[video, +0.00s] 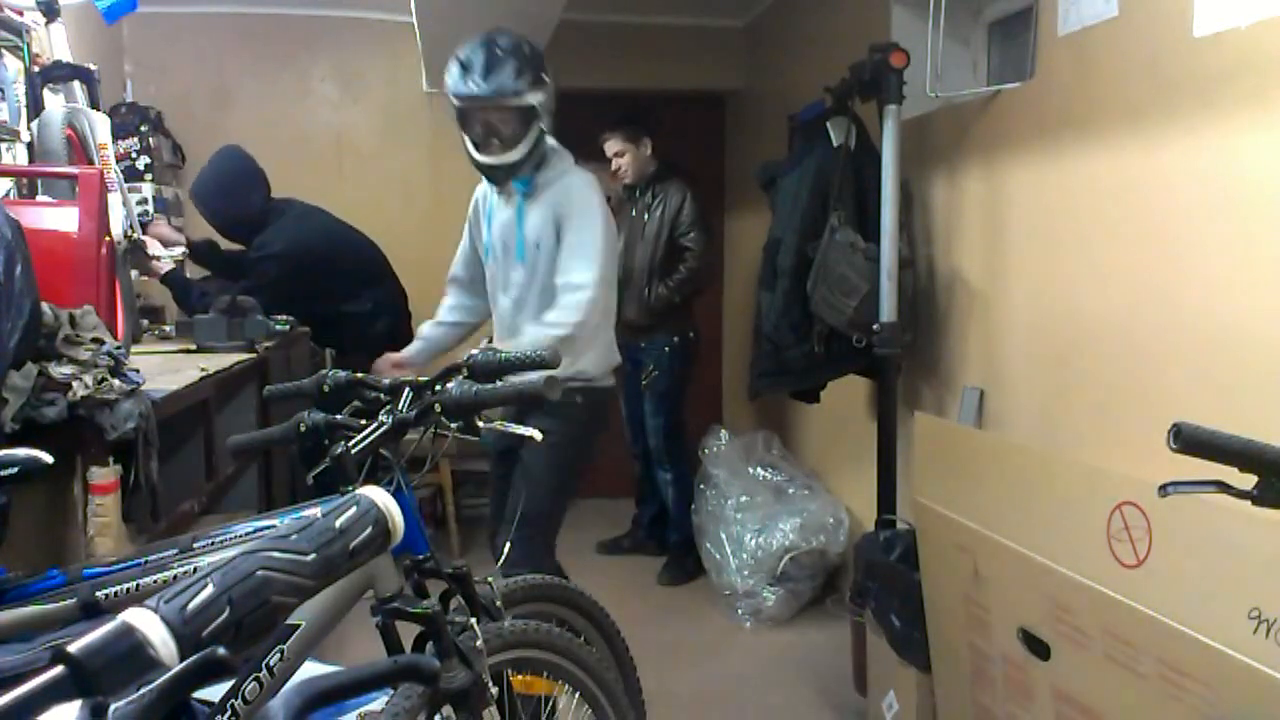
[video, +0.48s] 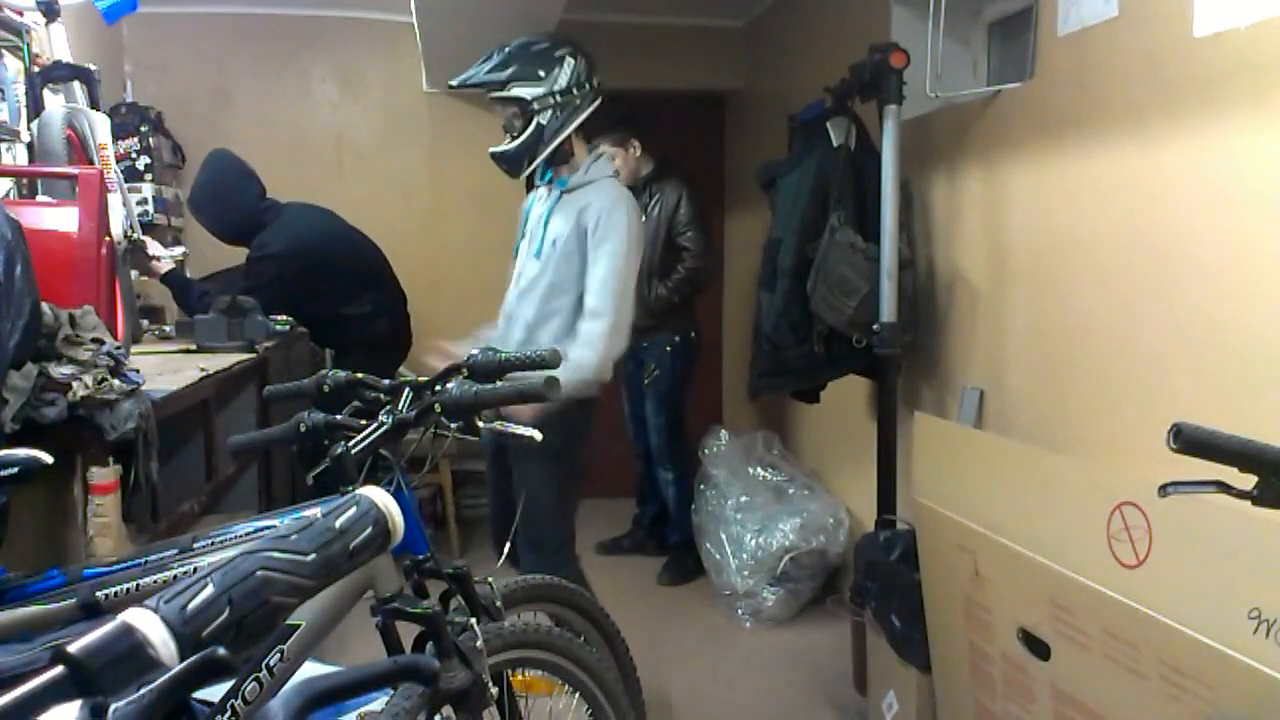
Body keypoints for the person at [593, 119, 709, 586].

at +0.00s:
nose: (615, 165)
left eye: (620, 155)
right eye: (610, 159)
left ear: (647, 148)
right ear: (612, 163)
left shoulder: (677, 196)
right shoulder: (626, 202)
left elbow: (696, 260)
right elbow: (619, 260)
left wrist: (657, 299)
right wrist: (617, 299)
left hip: (666, 335)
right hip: (630, 334)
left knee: (664, 442)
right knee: (640, 442)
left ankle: (684, 546)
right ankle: (649, 529)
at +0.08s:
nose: (614, 167)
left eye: (619, 157)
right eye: (608, 160)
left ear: (645, 149)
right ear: (610, 163)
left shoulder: (677, 195)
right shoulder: (619, 202)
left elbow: (696, 262)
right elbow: (610, 260)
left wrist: (653, 302)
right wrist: (615, 303)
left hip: (667, 335)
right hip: (629, 334)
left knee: (664, 442)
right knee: (640, 441)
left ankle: (684, 546)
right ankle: (649, 528)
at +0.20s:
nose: (611, 169)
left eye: (614, 159)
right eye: (606, 163)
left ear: (640, 149)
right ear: (612, 165)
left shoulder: (675, 193)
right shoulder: (621, 202)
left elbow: (696, 261)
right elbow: (615, 261)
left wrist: (654, 301)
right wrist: (618, 300)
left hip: (669, 332)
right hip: (632, 331)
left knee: (664, 438)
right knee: (640, 438)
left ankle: (684, 546)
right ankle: (650, 528)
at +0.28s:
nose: (609, 170)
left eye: (613, 160)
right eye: (604, 164)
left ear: (638, 150)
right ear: (612, 165)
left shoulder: (674, 192)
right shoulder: (623, 202)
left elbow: (696, 260)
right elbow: (620, 261)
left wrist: (654, 301)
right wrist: (619, 301)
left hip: (669, 333)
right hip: (633, 331)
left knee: (664, 441)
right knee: (641, 440)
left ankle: (685, 547)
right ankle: (650, 528)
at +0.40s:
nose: (608, 170)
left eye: (612, 160)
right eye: (603, 164)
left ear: (636, 150)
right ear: (615, 162)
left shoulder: (673, 192)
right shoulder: (624, 201)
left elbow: (696, 259)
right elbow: (618, 258)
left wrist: (659, 299)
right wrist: (616, 299)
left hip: (666, 334)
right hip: (631, 333)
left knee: (664, 441)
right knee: (641, 440)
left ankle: (685, 547)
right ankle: (650, 529)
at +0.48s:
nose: (608, 168)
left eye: (611, 158)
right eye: (604, 161)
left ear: (635, 151)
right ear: (624, 157)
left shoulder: (672, 192)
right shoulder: (624, 201)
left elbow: (695, 258)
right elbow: (622, 260)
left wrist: (656, 299)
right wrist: (621, 300)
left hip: (667, 335)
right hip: (633, 334)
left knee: (664, 441)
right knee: (641, 440)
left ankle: (685, 545)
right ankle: (650, 528)